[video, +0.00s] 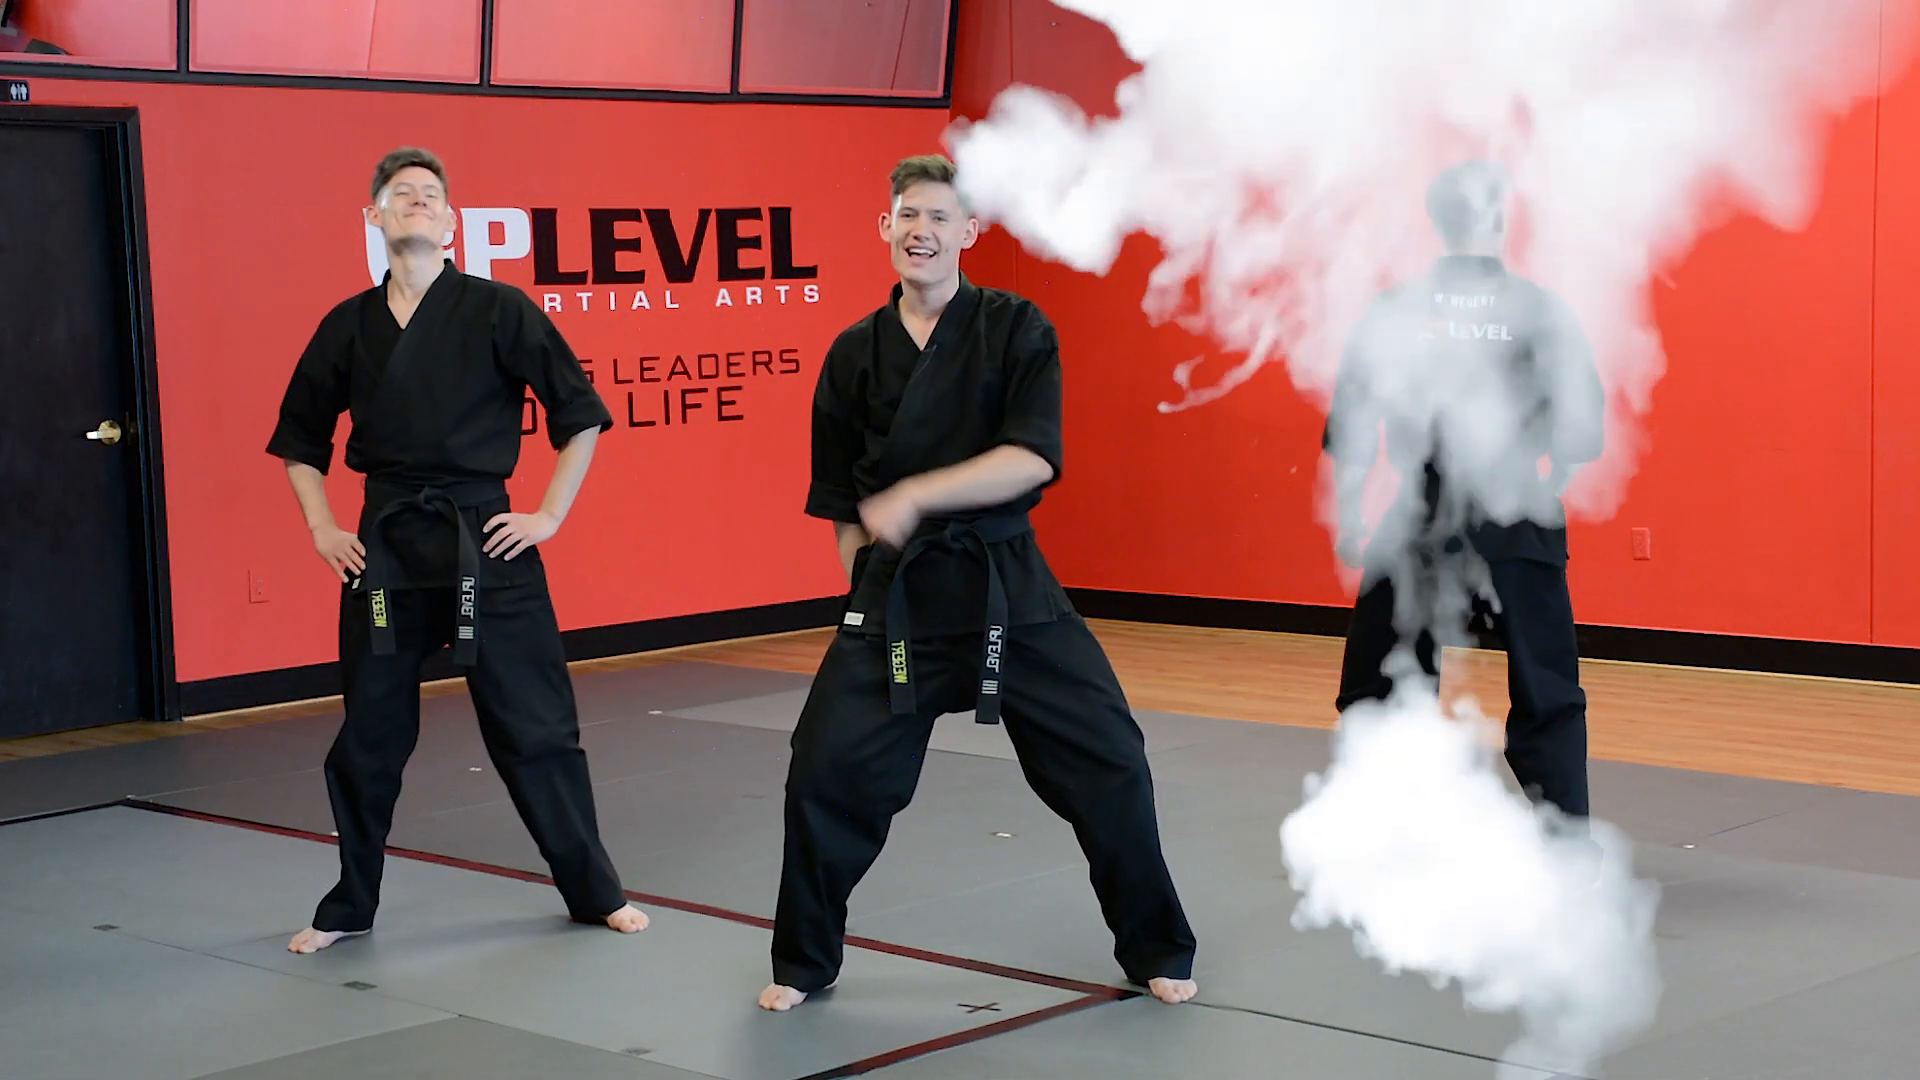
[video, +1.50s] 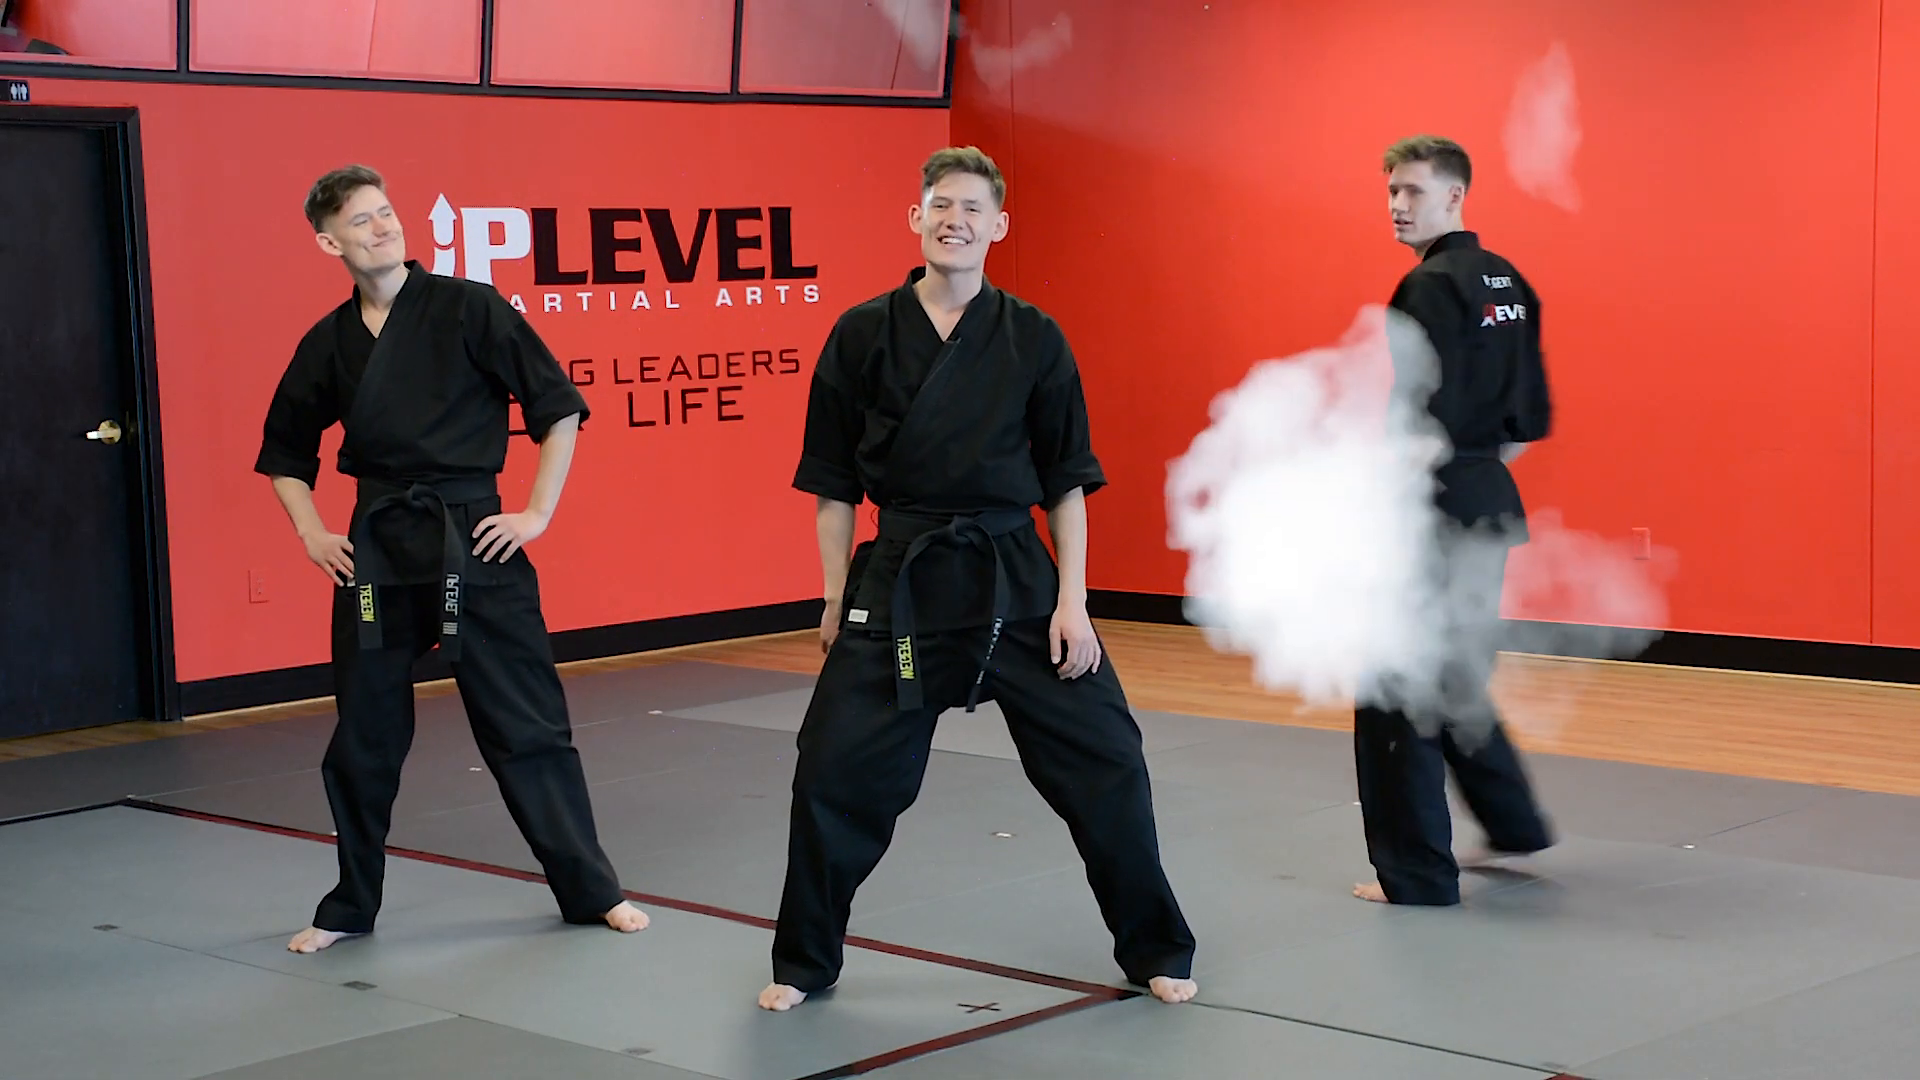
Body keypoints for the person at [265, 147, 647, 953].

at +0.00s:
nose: (418, 201)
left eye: (430, 194)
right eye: (402, 193)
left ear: (451, 220)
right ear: (374, 217)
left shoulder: (501, 310)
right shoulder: (348, 326)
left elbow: (583, 416)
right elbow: (297, 437)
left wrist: (547, 517)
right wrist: (322, 527)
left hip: (490, 543)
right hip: (388, 549)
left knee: (536, 728)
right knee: (367, 740)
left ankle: (595, 892)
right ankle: (350, 905)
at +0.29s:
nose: (400, 211)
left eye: (411, 201)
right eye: (384, 202)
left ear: (432, 219)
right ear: (357, 223)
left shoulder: (488, 310)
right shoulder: (338, 329)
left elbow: (574, 413)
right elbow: (284, 442)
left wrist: (542, 517)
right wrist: (314, 531)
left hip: (482, 542)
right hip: (382, 548)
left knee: (531, 727)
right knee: (365, 739)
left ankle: (593, 892)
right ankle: (351, 905)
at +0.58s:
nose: (399, 238)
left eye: (407, 223)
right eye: (381, 228)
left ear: (424, 225)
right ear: (350, 236)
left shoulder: (483, 312)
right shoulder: (333, 335)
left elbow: (569, 412)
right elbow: (283, 444)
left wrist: (539, 516)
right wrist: (312, 532)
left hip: (478, 540)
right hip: (378, 547)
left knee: (529, 726)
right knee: (363, 740)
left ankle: (593, 892)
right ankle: (352, 904)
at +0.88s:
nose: (389, 211)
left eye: (396, 200)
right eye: (368, 206)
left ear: (414, 219)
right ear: (338, 233)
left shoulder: (478, 309)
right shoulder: (332, 338)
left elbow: (565, 409)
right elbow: (282, 445)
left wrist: (537, 517)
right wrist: (310, 532)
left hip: (477, 539)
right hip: (379, 546)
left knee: (529, 726)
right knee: (362, 740)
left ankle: (591, 892)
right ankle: (352, 904)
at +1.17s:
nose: (388, 228)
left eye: (392, 215)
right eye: (368, 222)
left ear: (407, 224)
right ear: (336, 245)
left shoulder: (474, 309)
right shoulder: (329, 344)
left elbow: (562, 408)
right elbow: (284, 450)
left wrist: (537, 515)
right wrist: (310, 531)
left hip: (476, 540)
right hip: (377, 547)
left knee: (529, 726)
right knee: (362, 741)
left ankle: (593, 892)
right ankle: (351, 906)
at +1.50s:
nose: (381, 226)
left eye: (386, 212)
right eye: (360, 220)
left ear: (403, 223)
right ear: (330, 245)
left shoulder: (472, 308)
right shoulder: (327, 344)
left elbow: (561, 407)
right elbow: (285, 450)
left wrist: (537, 514)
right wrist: (311, 531)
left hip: (476, 539)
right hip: (378, 546)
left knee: (529, 725)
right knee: (363, 740)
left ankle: (591, 892)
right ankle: (351, 906)